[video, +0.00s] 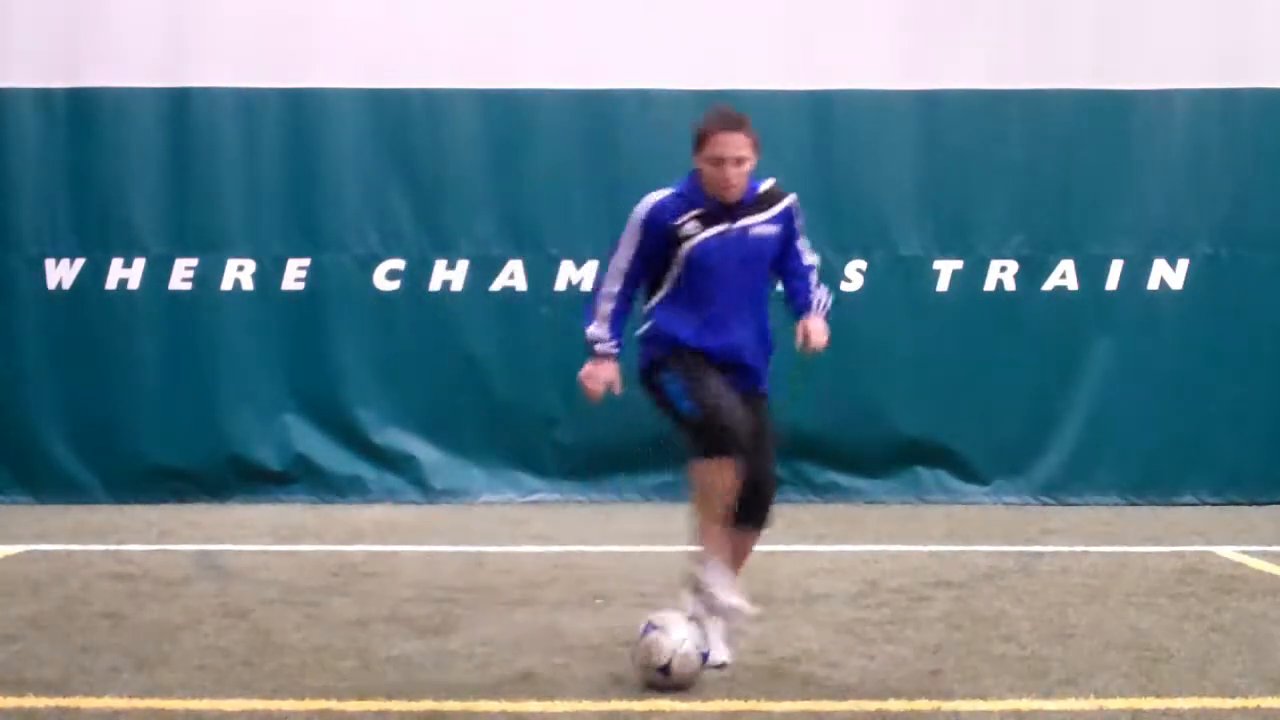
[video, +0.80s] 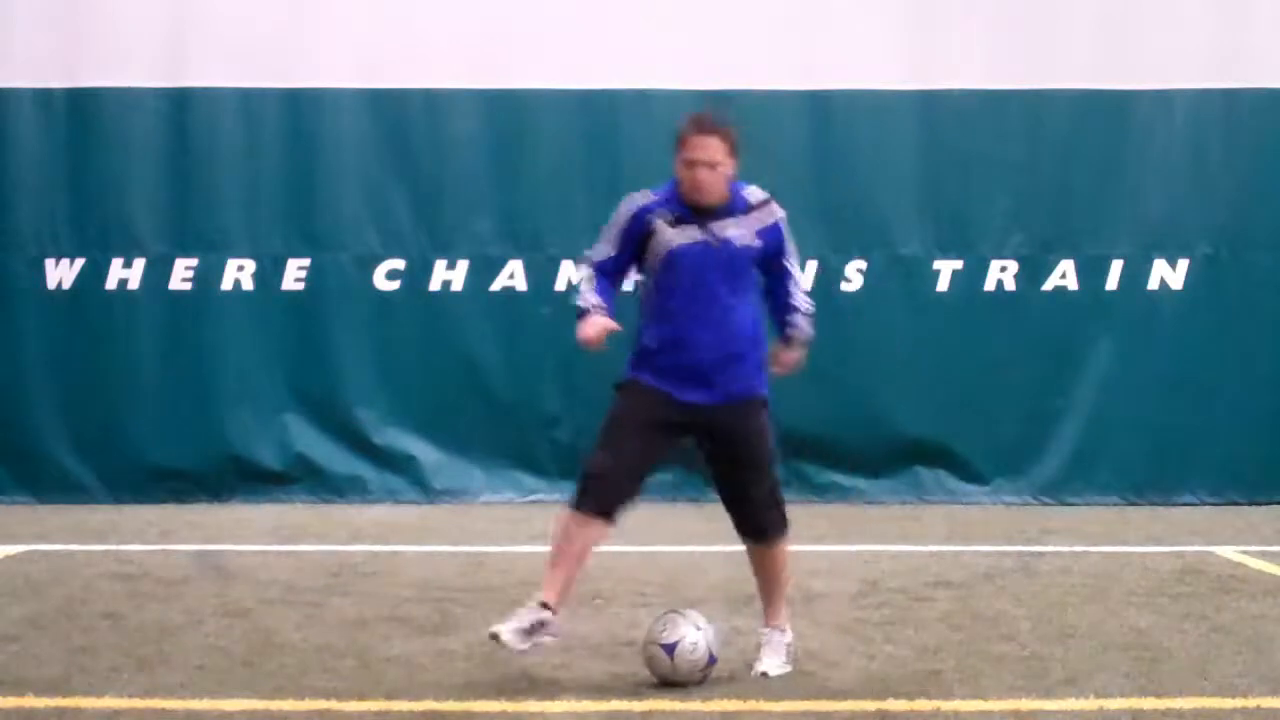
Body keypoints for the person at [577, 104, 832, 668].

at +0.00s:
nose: (733, 174)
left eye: (742, 162)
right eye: (720, 162)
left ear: (757, 161)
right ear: (698, 162)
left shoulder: (778, 207)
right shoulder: (663, 212)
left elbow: (801, 269)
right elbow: (619, 280)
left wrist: (813, 311)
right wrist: (602, 350)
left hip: (743, 364)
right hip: (677, 353)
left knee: (758, 489)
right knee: (724, 429)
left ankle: (712, 609)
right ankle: (712, 565)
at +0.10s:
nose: (761, 183)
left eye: (772, 171)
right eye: (749, 171)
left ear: (787, 168)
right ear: (727, 169)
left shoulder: (805, 210)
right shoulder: (694, 217)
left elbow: (825, 265)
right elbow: (642, 282)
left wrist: (825, 300)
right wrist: (629, 360)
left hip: (767, 374)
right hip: (705, 370)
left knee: (792, 493)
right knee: (768, 484)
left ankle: (682, 561)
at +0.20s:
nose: (794, 226)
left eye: (804, 213)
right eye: (781, 215)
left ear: (817, 208)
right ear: (759, 210)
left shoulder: (824, 244)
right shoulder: (729, 259)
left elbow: (847, 299)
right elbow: (682, 334)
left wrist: (844, 322)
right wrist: (662, 411)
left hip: (785, 410)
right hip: (733, 412)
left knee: (809, 526)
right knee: (814, 519)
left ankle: (687, 553)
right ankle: (816, 653)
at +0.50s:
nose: (796, 211)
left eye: (807, 199)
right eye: (784, 198)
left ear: (820, 196)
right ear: (763, 191)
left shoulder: (835, 238)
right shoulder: (722, 233)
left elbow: (870, 287)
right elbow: (654, 289)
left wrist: (899, 329)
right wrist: (622, 354)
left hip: (785, 396)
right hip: (722, 395)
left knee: (824, 504)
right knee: (784, 507)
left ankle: (726, 585)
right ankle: (808, 647)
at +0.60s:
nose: (778, 197)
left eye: (790, 185)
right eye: (768, 183)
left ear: (806, 183)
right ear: (749, 177)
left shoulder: (820, 227)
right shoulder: (708, 219)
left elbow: (859, 288)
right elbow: (642, 269)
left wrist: (886, 341)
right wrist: (623, 342)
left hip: (770, 391)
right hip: (698, 388)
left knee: (780, 511)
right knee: (718, 504)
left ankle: (783, 626)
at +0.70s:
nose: (743, 200)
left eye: (754, 189)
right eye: (733, 188)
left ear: (773, 190)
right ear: (717, 187)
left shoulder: (797, 241)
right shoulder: (682, 235)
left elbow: (832, 306)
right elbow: (631, 291)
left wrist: (850, 354)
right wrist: (624, 336)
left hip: (755, 409)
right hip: (678, 403)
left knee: (770, 528)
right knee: (650, 497)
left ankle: (775, 637)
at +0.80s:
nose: (700, 174)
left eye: (712, 165)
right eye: (691, 164)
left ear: (733, 168)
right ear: (676, 165)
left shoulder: (761, 213)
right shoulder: (645, 213)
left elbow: (787, 281)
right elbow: (602, 269)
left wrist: (795, 332)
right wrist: (595, 309)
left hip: (734, 394)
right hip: (655, 387)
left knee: (760, 515)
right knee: (597, 489)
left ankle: (776, 630)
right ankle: (545, 611)